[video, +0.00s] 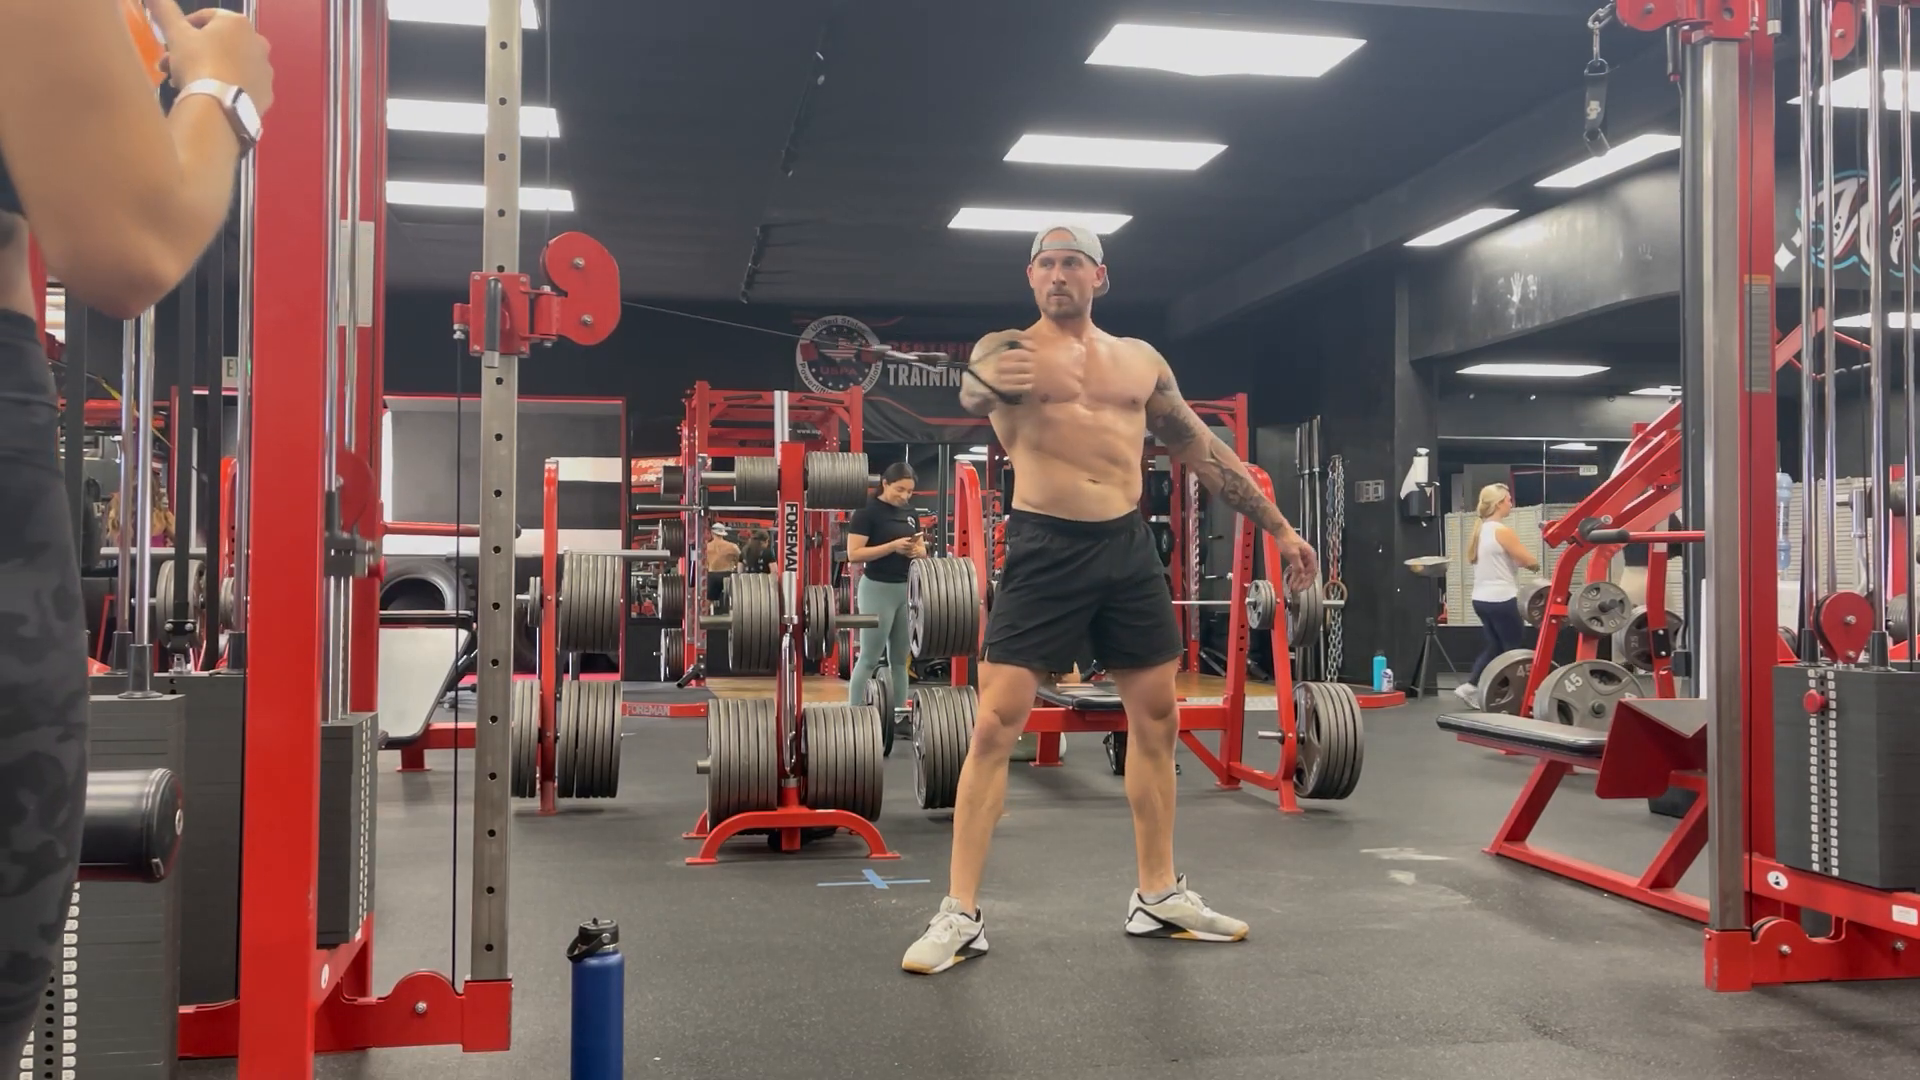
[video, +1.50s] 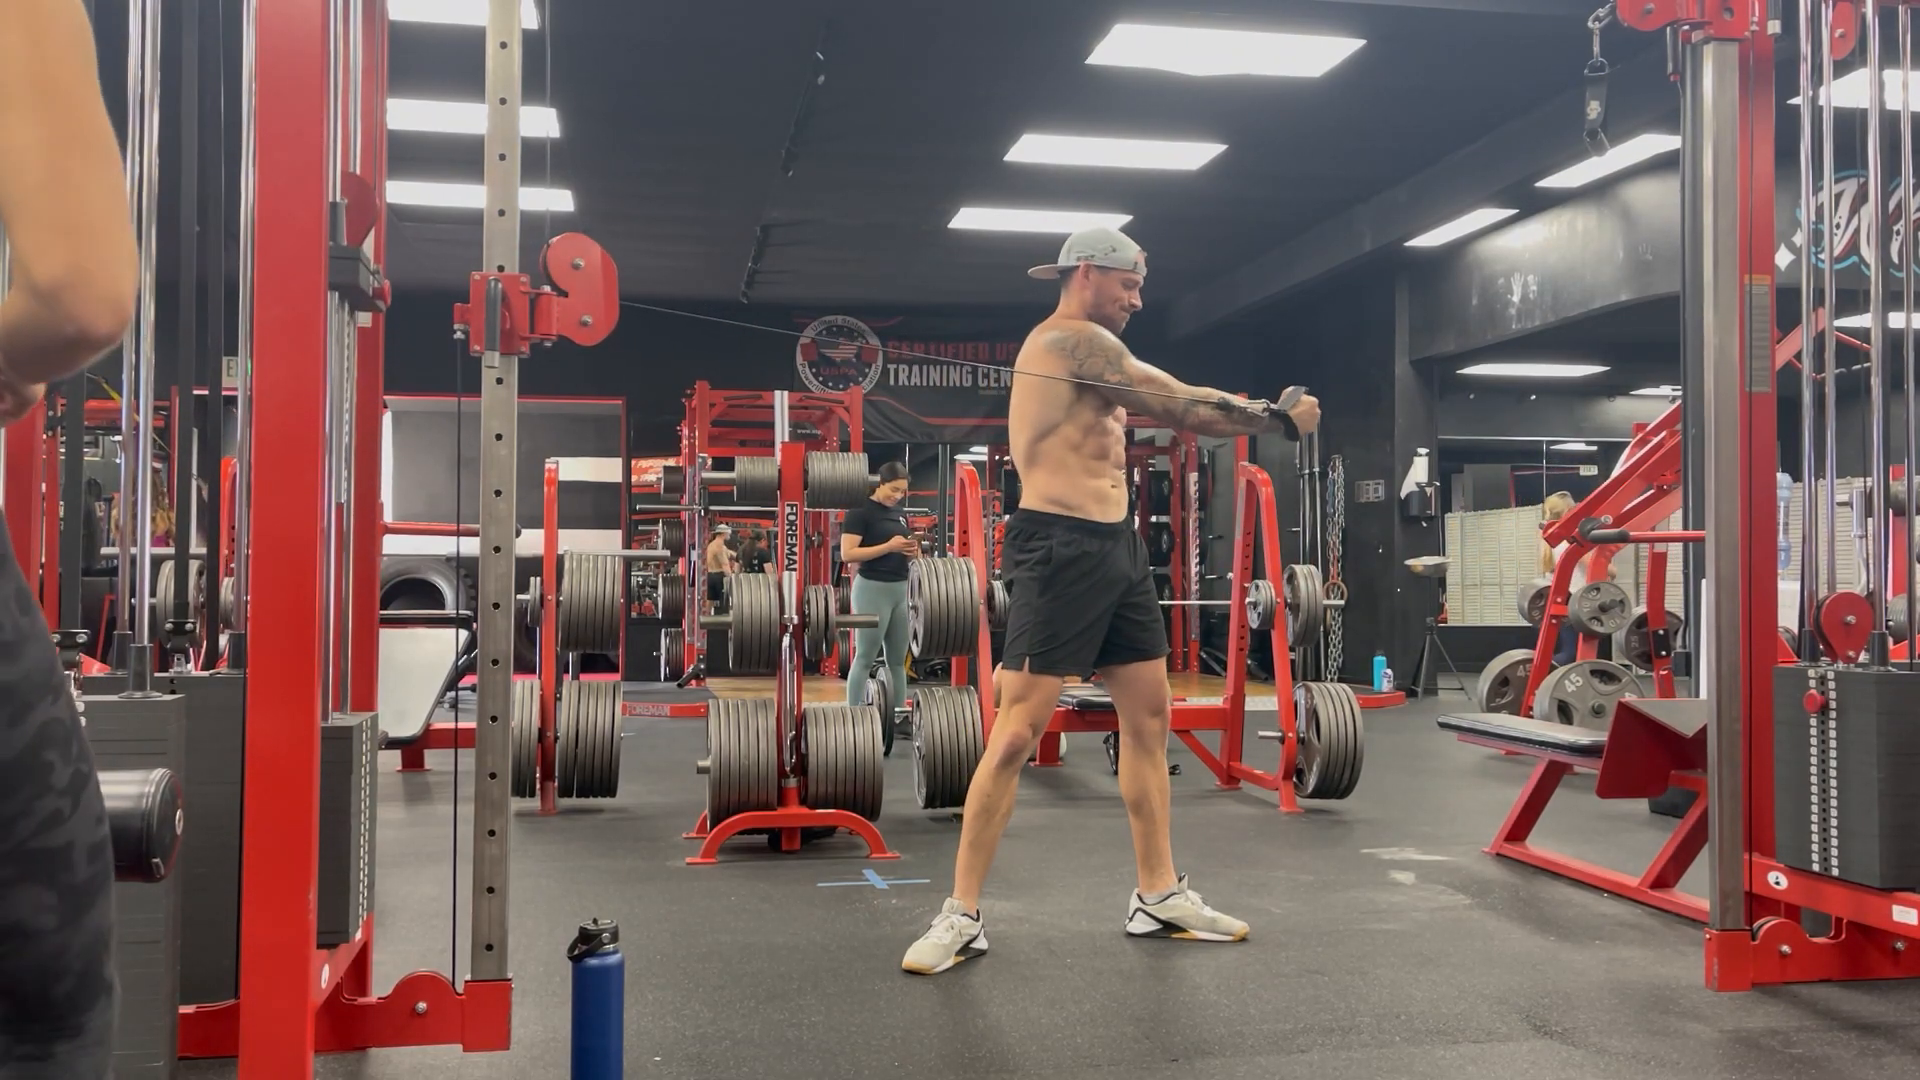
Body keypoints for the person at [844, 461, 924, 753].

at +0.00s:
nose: (905, 496)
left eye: (909, 491)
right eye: (900, 490)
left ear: (912, 490)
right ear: (885, 484)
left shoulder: (909, 514)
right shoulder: (867, 513)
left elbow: (921, 551)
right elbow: (853, 553)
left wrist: (919, 549)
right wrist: (892, 547)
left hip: (904, 591)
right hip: (876, 590)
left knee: (900, 660)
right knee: (869, 658)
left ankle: (900, 717)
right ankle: (854, 716)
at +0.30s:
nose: (904, 494)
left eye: (908, 490)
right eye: (899, 488)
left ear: (910, 489)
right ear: (884, 483)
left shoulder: (908, 514)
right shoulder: (866, 512)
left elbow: (918, 555)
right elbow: (850, 552)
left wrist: (918, 549)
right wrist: (893, 545)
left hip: (902, 590)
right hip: (875, 589)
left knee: (899, 659)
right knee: (868, 658)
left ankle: (900, 715)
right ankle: (854, 716)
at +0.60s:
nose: (904, 494)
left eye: (907, 489)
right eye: (899, 488)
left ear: (909, 488)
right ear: (882, 483)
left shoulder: (903, 514)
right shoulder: (865, 512)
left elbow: (913, 552)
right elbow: (850, 552)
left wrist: (916, 551)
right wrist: (890, 546)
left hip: (900, 591)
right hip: (873, 590)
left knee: (898, 660)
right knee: (867, 657)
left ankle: (901, 716)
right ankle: (853, 715)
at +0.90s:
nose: (902, 494)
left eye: (905, 490)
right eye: (897, 488)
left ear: (907, 489)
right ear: (881, 483)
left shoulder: (901, 515)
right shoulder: (862, 513)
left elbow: (910, 552)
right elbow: (850, 552)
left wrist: (915, 551)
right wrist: (891, 545)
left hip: (900, 591)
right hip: (873, 590)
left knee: (898, 660)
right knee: (866, 658)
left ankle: (901, 716)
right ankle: (854, 716)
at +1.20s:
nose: (900, 495)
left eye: (904, 491)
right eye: (895, 489)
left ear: (906, 490)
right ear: (881, 484)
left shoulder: (898, 515)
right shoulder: (861, 513)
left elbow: (912, 555)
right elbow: (848, 553)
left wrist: (913, 550)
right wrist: (891, 545)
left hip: (899, 591)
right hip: (872, 590)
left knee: (898, 660)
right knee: (866, 657)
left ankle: (901, 716)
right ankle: (854, 716)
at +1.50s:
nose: (898, 496)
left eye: (902, 491)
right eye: (894, 489)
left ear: (904, 490)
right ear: (879, 484)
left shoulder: (896, 515)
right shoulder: (859, 513)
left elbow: (905, 553)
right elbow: (847, 553)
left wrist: (913, 550)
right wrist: (889, 547)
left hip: (899, 590)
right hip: (871, 589)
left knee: (897, 660)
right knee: (866, 656)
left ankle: (901, 715)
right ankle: (853, 715)